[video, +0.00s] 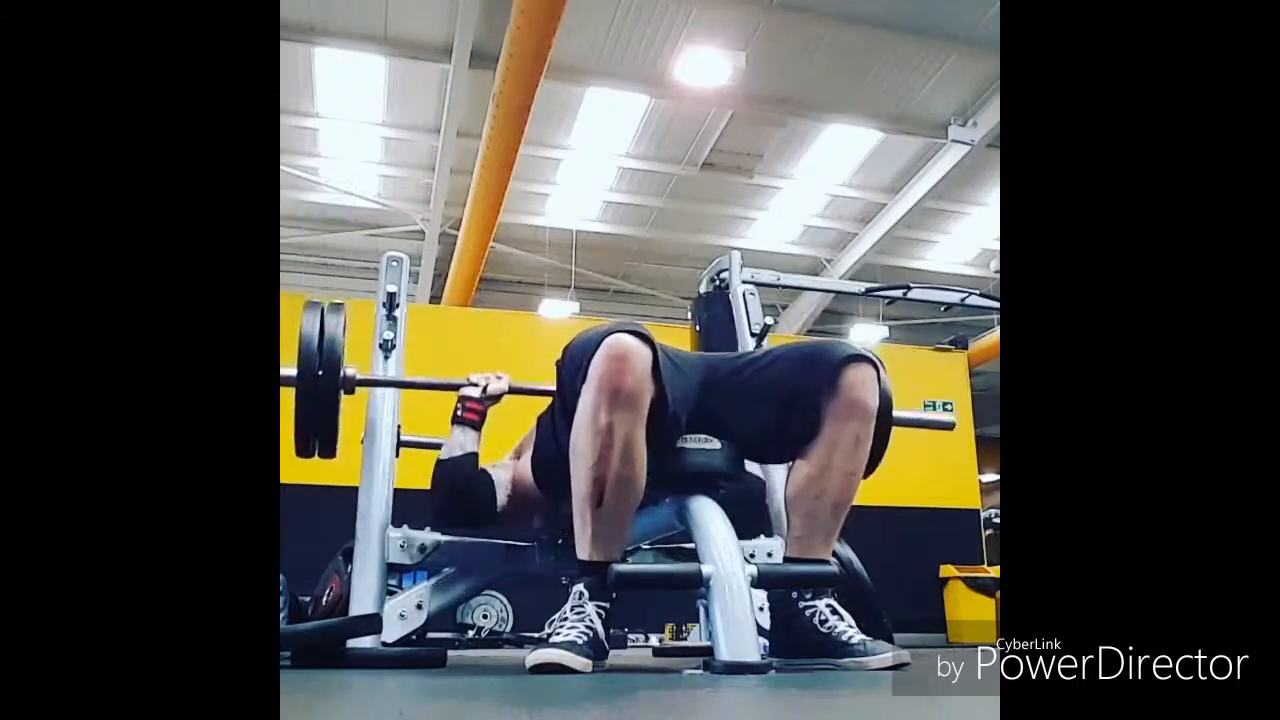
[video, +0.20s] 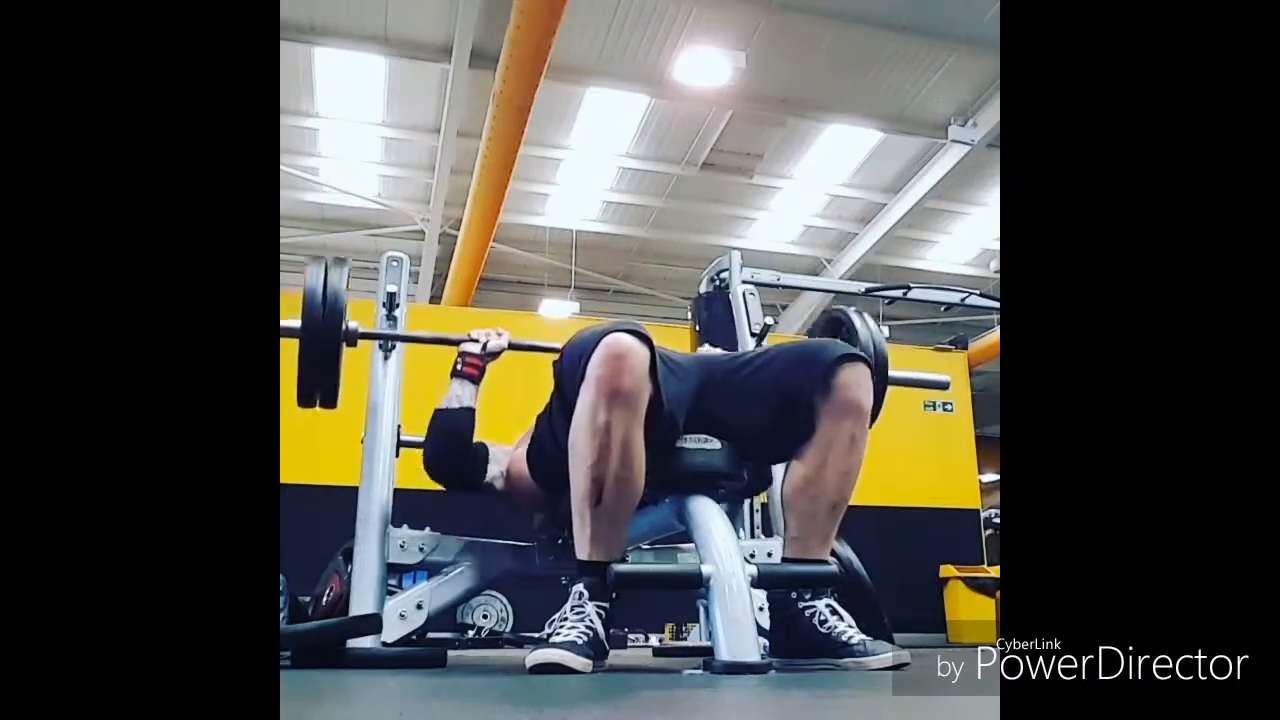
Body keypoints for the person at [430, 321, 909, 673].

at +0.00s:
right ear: (505, 497)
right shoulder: (530, 481)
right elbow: (456, 505)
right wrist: (470, 411)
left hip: (711, 375)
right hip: (631, 358)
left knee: (856, 379)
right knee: (621, 358)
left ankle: (801, 604)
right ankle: (587, 606)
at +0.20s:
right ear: (518, 495)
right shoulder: (520, 474)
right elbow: (445, 456)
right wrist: (470, 363)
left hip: (706, 374)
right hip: (628, 359)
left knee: (848, 376)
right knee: (619, 356)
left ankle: (802, 606)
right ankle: (587, 606)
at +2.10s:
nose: (489, 483)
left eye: (485, 478)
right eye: (489, 488)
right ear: (501, 500)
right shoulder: (528, 481)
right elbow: (446, 483)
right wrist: (465, 390)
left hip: (703, 373)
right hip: (628, 358)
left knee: (848, 376)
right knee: (617, 357)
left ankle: (802, 608)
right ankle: (588, 607)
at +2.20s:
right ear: (497, 503)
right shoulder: (532, 486)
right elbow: (455, 500)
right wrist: (469, 408)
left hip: (702, 374)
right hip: (628, 360)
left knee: (850, 377)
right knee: (618, 357)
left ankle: (801, 607)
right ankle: (587, 605)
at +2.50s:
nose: (509, 496)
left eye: (502, 490)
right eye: (501, 490)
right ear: (506, 477)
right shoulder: (524, 461)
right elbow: (448, 433)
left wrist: (717, 355)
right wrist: (468, 344)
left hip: (713, 385)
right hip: (642, 374)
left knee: (841, 373)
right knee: (620, 353)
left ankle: (799, 610)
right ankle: (587, 606)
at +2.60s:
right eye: (498, 459)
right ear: (506, 473)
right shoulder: (516, 470)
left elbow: (739, 413)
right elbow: (452, 410)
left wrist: (723, 341)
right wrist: (468, 318)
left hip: (701, 387)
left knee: (841, 376)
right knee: (621, 354)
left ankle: (799, 610)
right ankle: (586, 607)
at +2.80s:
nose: (499, 437)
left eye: (501, 437)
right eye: (494, 442)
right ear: (505, 468)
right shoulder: (525, 464)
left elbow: (722, 372)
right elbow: (471, 367)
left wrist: (712, 298)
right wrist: (470, 273)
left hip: (695, 380)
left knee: (837, 373)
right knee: (616, 352)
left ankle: (798, 606)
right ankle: (586, 606)